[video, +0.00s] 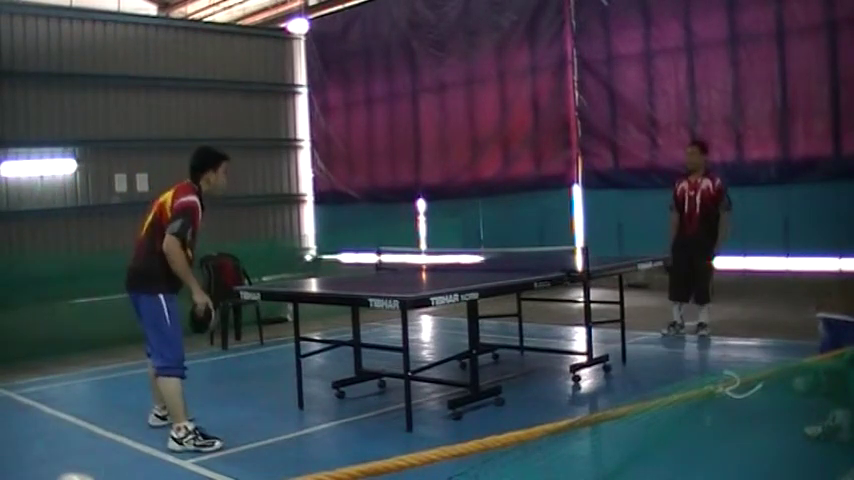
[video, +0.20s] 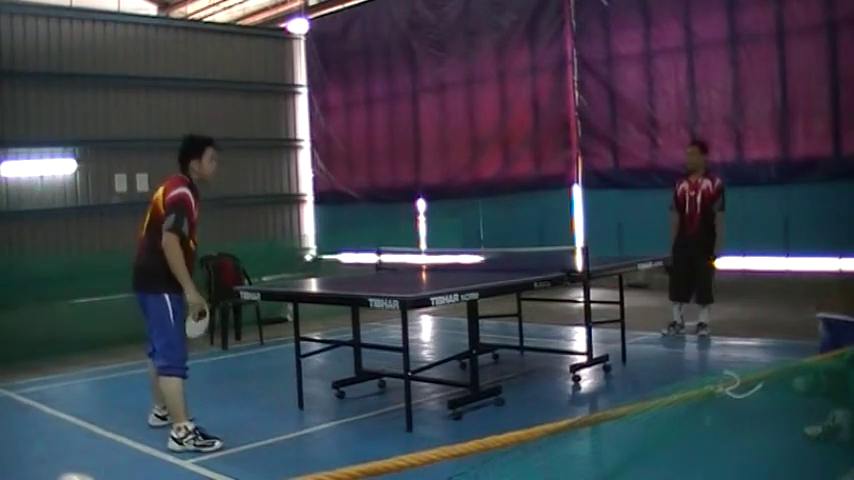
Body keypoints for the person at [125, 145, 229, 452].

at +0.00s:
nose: (225, 179)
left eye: (225, 173)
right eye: (222, 173)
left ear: (201, 173)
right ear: (208, 174)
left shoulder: (181, 194)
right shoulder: (189, 201)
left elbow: (165, 242)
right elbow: (171, 245)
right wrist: (196, 290)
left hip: (147, 283)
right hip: (153, 286)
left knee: (160, 351)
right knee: (170, 356)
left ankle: (162, 409)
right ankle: (181, 429)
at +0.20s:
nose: (215, 166)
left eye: (215, 160)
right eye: (211, 160)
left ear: (192, 163)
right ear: (194, 162)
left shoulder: (174, 187)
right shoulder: (182, 193)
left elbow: (158, 238)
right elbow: (169, 240)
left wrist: (177, 285)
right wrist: (190, 290)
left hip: (154, 283)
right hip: (162, 285)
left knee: (162, 351)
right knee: (171, 355)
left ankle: (161, 409)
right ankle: (182, 429)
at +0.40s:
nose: (206, 159)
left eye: (205, 153)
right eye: (201, 153)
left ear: (182, 158)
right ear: (183, 158)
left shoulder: (168, 186)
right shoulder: (174, 191)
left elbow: (156, 238)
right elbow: (162, 238)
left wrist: (179, 278)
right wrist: (181, 284)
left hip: (159, 284)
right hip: (165, 286)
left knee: (163, 349)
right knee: (175, 353)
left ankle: (162, 409)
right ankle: (182, 429)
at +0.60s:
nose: (201, 157)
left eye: (200, 151)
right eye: (196, 151)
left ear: (181, 157)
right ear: (178, 155)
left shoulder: (178, 187)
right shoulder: (166, 190)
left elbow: (170, 237)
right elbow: (154, 237)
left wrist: (181, 277)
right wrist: (171, 283)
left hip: (172, 284)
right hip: (169, 287)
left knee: (165, 350)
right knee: (176, 356)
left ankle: (162, 409)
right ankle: (182, 429)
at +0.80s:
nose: (200, 157)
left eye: (199, 150)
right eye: (195, 151)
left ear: (180, 156)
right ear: (177, 155)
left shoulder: (178, 187)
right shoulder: (165, 190)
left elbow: (170, 237)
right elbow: (152, 238)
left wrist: (180, 278)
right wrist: (166, 286)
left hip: (173, 285)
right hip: (170, 288)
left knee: (164, 350)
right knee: (176, 356)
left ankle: (162, 409)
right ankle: (182, 430)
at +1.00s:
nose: (199, 157)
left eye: (198, 151)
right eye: (195, 151)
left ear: (178, 156)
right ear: (179, 155)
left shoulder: (171, 185)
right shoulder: (166, 190)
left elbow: (161, 237)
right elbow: (153, 237)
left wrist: (177, 280)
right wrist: (169, 285)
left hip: (167, 285)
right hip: (170, 287)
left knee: (161, 350)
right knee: (175, 356)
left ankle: (162, 409)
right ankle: (182, 430)